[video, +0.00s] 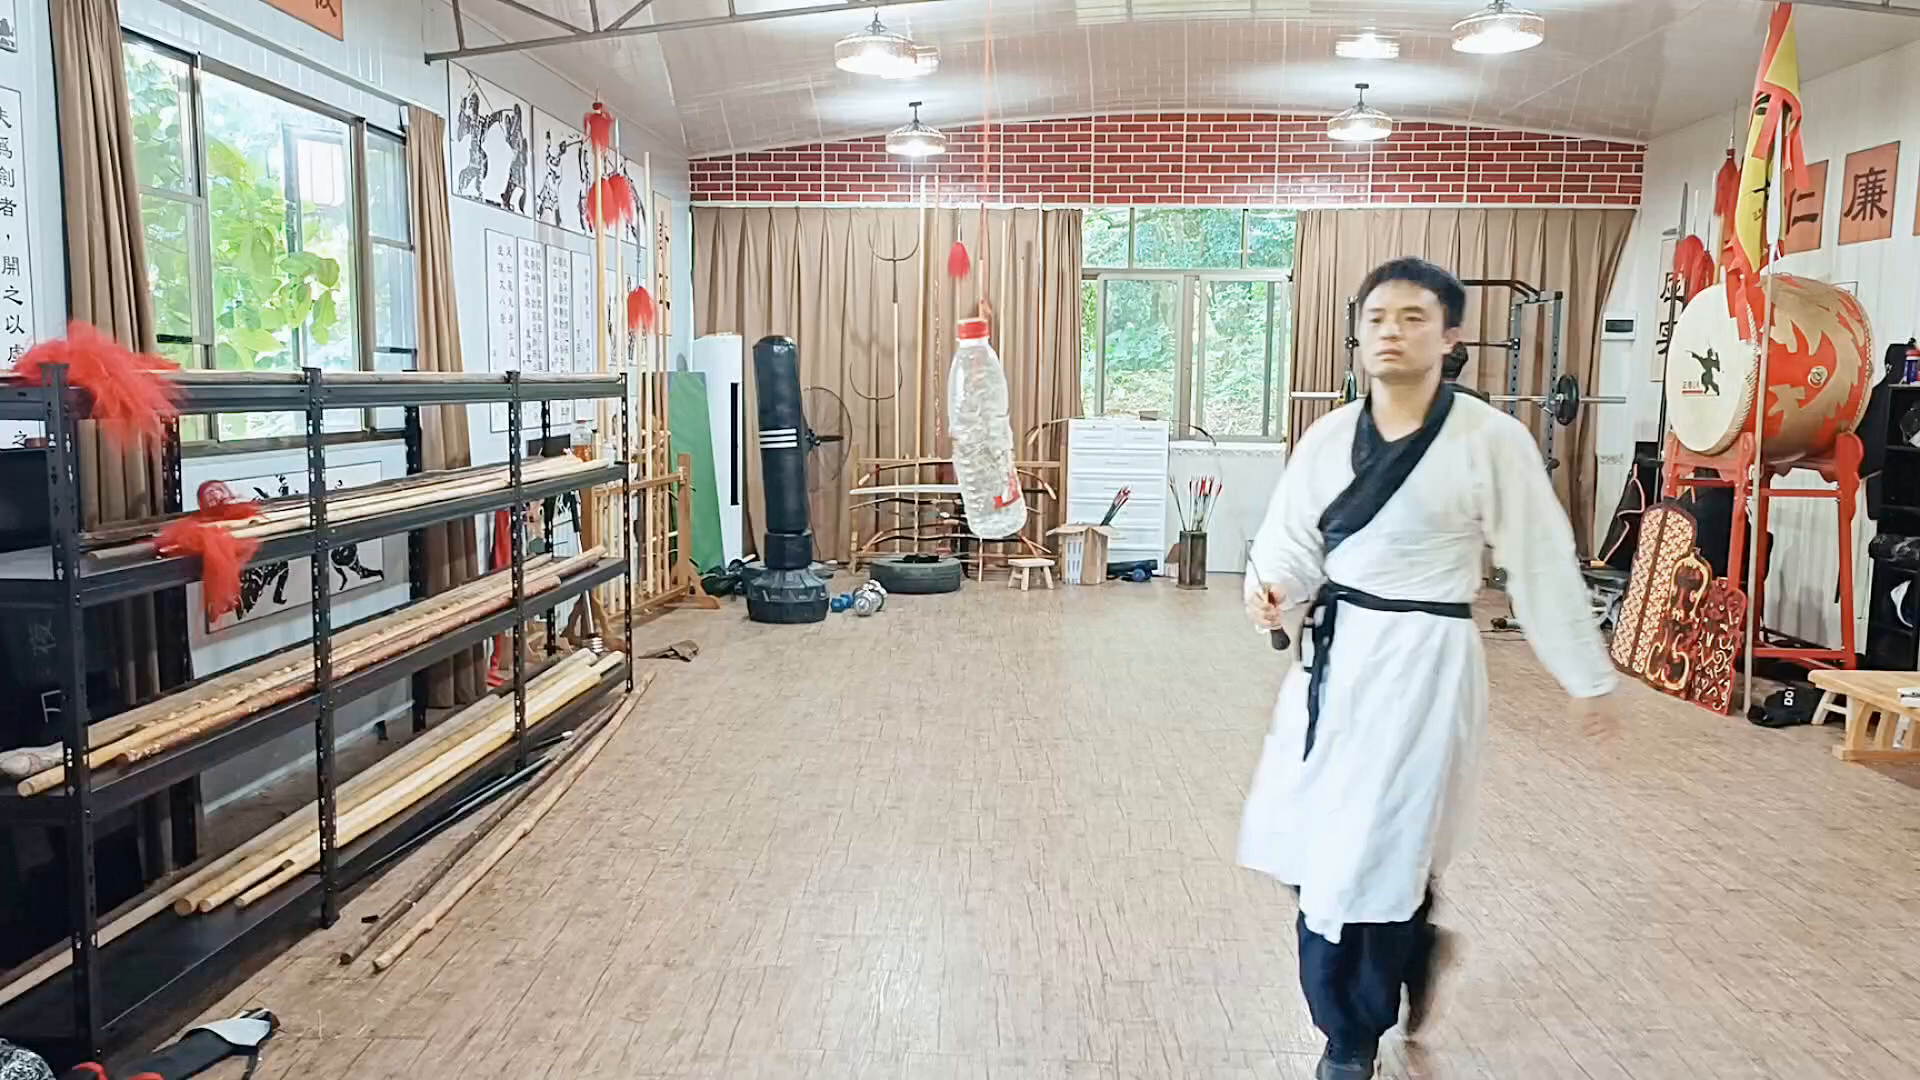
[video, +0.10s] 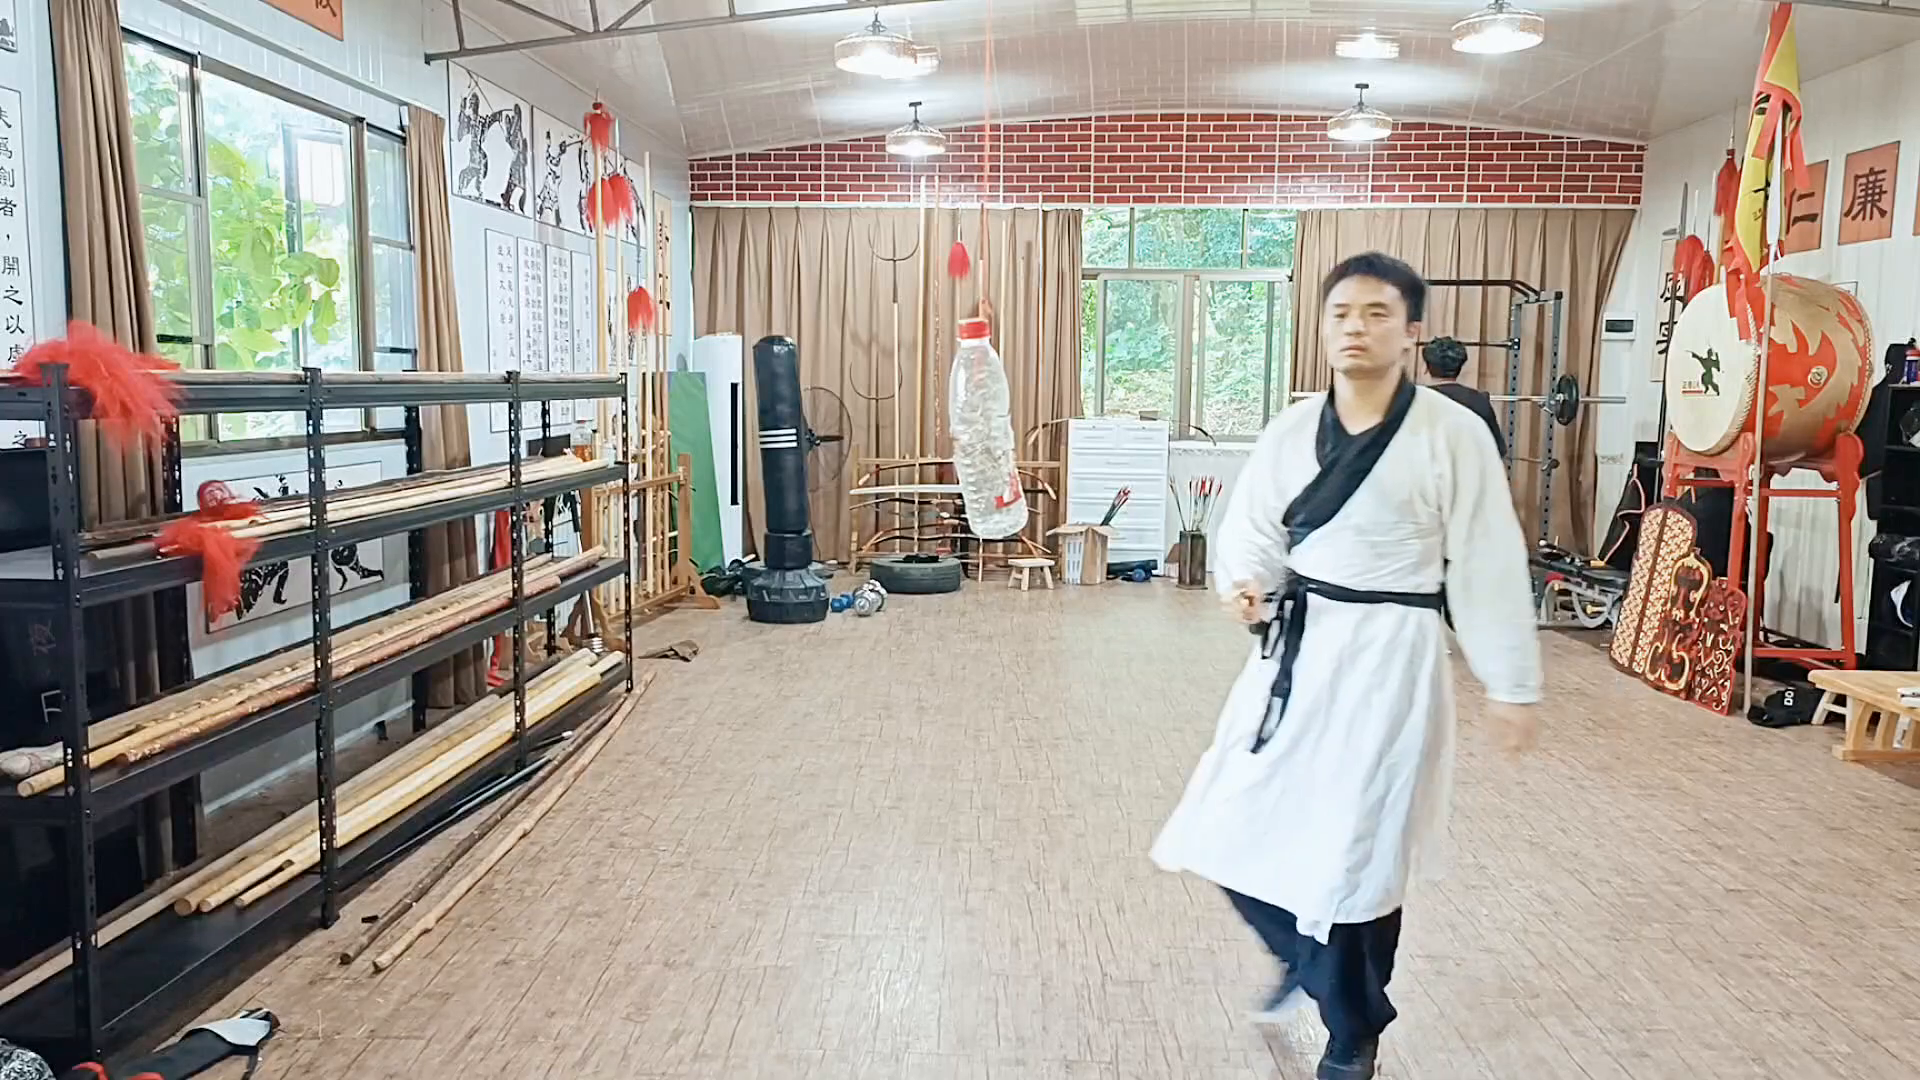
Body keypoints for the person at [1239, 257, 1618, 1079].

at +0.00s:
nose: (1389, 333)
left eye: (1412, 318)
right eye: (1376, 318)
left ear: (1450, 338)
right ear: (1357, 336)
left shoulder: (1492, 440)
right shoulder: (1328, 436)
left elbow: (1543, 564)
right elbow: (1289, 539)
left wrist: (1588, 677)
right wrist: (1273, 584)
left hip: (1423, 655)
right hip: (1333, 648)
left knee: (1358, 856)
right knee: (1309, 836)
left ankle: (1349, 1045)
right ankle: (1416, 944)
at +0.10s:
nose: (1356, 328)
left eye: (1378, 313)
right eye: (1342, 313)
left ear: (1414, 331)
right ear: (1323, 330)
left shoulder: (1453, 434)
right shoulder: (1293, 427)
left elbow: (1491, 564)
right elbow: (1246, 526)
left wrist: (1512, 686)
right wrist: (1246, 579)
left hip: (1390, 655)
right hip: (1294, 646)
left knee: (1354, 857)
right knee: (1224, 832)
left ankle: (1350, 1044)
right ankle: (1303, 954)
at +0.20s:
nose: (1318, 329)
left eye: (1337, 314)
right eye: (1303, 315)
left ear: (1370, 332)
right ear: (1285, 331)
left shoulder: (1416, 434)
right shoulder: (1248, 431)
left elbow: (1448, 551)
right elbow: (1204, 525)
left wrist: (1436, 653)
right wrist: (1198, 581)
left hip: (1358, 650)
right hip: (1256, 644)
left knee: (1346, 836)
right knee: (1212, 805)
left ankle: (1351, 1034)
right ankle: (1189, 958)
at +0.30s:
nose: (1277, 337)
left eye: (1296, 322)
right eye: (1261, 323)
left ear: (1327, 339)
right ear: (1241, 340)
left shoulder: (1371, 442)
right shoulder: (1199, 439)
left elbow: (1409, 546)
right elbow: (1150, 532)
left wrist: (1382, 615)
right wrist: (1157, 591)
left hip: (1325, 660)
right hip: (1218, 654)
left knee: (1331, 847)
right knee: (1185, 833)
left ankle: (1349, 1039)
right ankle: (1089, 979)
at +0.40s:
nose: (1228, 343)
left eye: (1245, 328)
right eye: (1212, 328)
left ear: (1270, 345)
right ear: (1187, 344)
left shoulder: (1311, 448)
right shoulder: (1146, 445)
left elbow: (1354, 546)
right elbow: (1097, 545)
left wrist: (1345, 600)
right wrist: (1116, 594)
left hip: (1274, 671)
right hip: (1164, 666)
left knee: (1304, 853)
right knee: (1137, 841)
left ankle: (1346, 1033)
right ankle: (1070, 984)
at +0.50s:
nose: (1179, 338)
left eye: (1195, 323)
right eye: (1162, 325)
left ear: (1220, 338)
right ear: (1139, 343)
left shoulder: (1264, 437)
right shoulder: (1097, 441)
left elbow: (1298, 540)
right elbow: (1060, 543)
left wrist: (1309, 603)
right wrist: (1084, 583)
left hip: (1235, 662)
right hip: (1126, 662)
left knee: (1277, 837)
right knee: (1112, 832)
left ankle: (1321, 1017)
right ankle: (1069, 988)